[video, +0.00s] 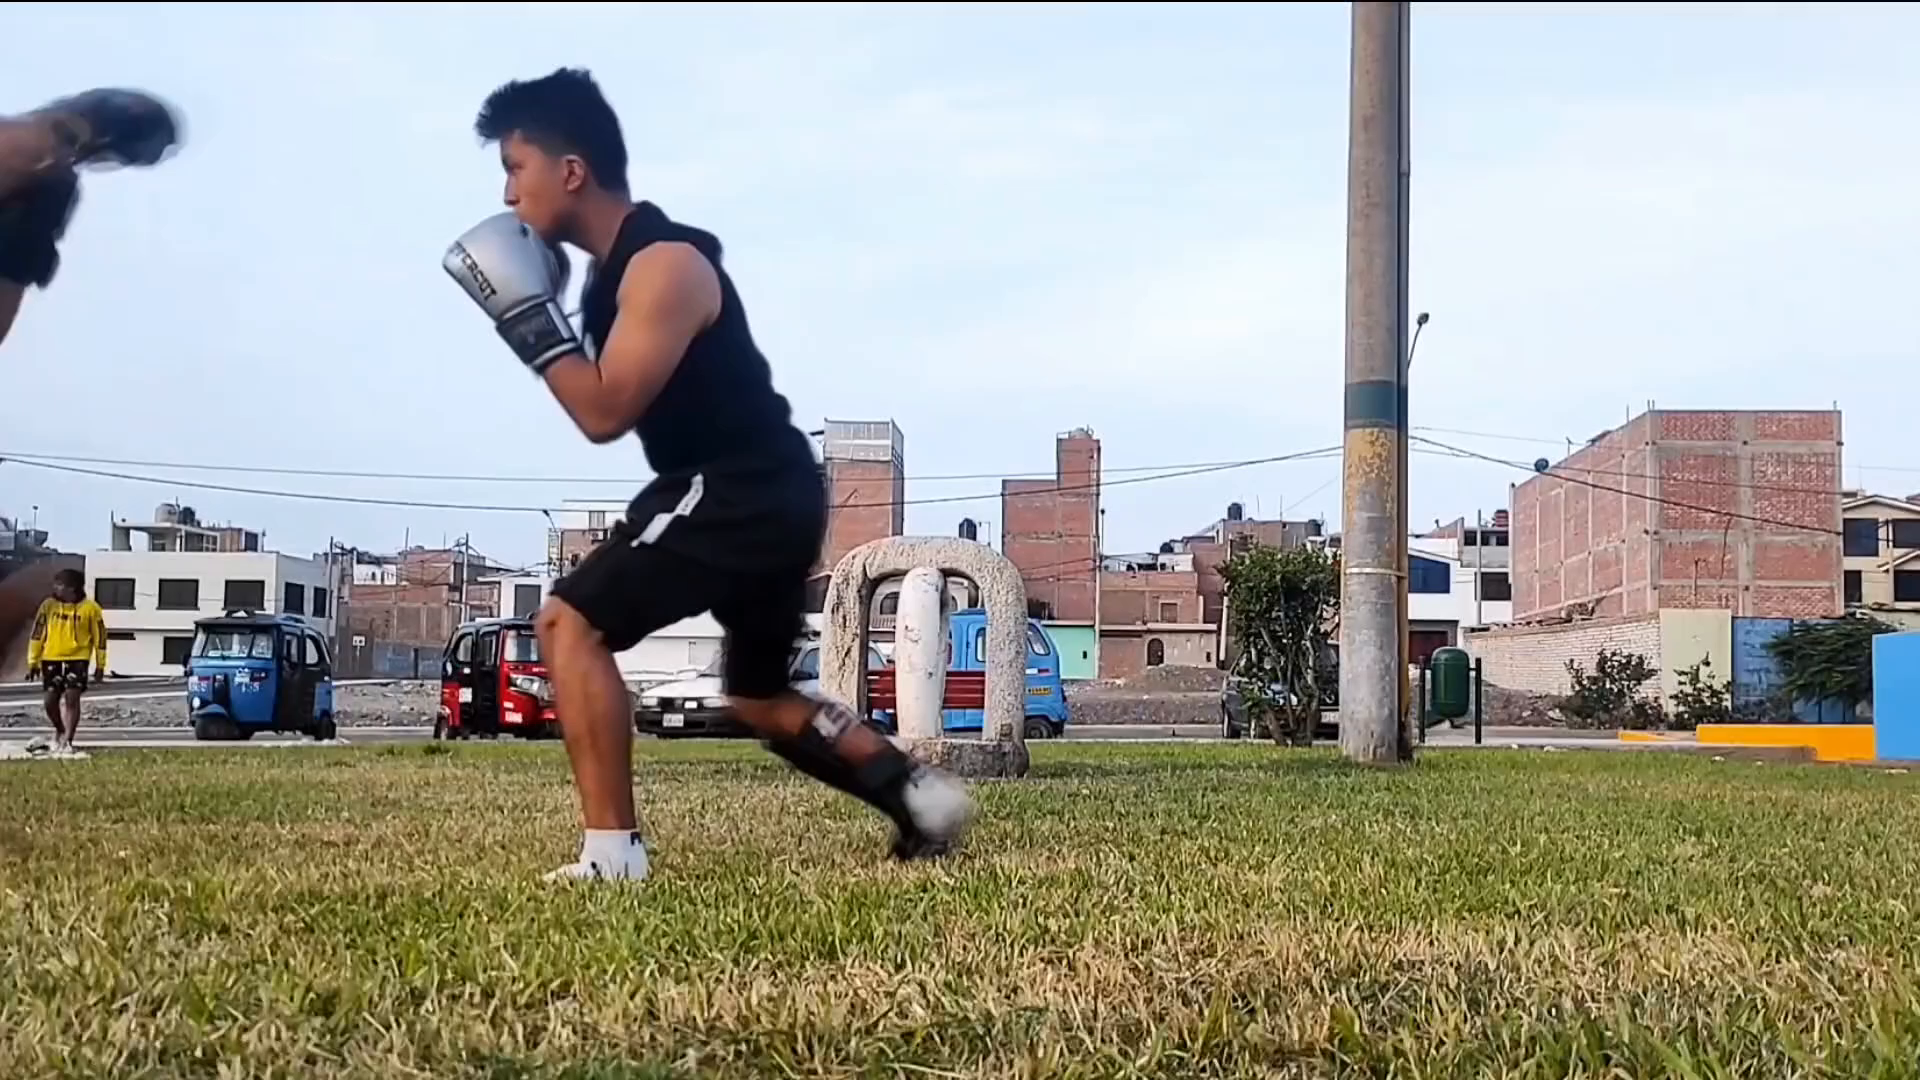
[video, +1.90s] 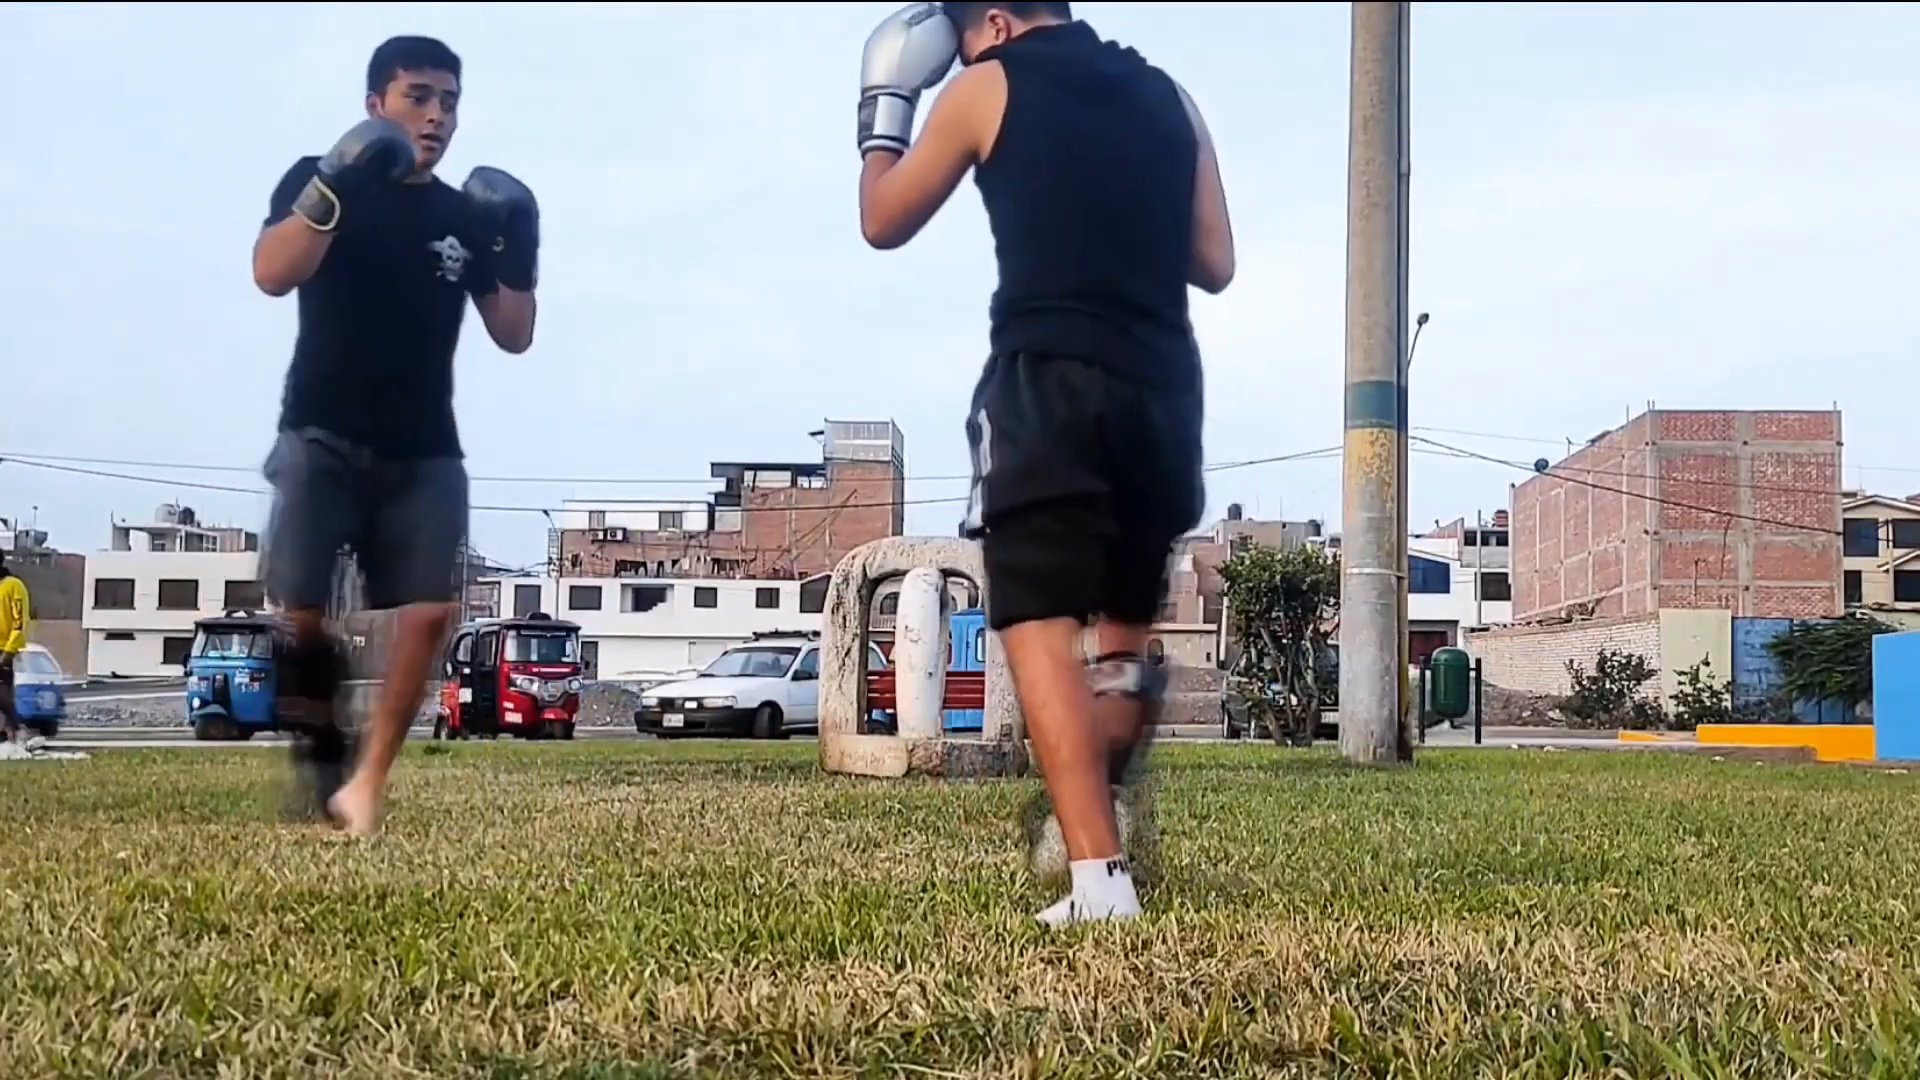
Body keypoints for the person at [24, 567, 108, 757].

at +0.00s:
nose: (55, 589)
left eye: (59, 586)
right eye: (55, 585)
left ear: (73, 588)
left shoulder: (91, 609)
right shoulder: (49, 605)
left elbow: (100, 639)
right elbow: (37, 634)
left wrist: (100, 666)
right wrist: (33, 661)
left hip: (77, 659)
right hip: (52, 659)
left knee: (71, 699)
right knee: (49, 702)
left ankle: (68, 740)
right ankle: (59, 730)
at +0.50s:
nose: (42, 584)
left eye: (46, 581)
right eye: (42, 581)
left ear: (58, 583)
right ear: (53, 583)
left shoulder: (78, 604)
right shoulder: (39, 604)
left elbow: (82, 636)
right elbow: (32, 635)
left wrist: (74, 661)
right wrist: (30, 663)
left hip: (68, 659)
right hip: (44, 658)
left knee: (68, 700)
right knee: (47, 698)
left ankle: (69, 739)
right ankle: (49, 739)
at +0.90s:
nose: (28, 579)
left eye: (32, 575)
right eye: (28, 575)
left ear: (46, 577)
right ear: (34, 578)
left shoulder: (67, 598)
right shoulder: (24, 599)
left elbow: (77, 629)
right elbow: (14, 628)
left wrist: (73, 654)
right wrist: (9, 655)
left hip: (55, 652)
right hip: (31, 653)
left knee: (47, 694)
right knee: (39, 697)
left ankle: (49, 739)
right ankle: (48, 738)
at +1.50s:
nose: (4, 574)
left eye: (8, 571)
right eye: (4, 570)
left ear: (22, 572)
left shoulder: (44, 592)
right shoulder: (3, 591)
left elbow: (52, 625)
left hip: (32, 655)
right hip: (5, 653)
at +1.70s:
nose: (1, 576)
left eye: (3, 571)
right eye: (1, 571)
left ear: (10, 571)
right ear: (8, 571)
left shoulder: (29, 591)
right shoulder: (4, 592)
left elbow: (35, 627)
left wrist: (21, 655)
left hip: (18, 653)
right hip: (4, 652)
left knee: (21, 695)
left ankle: (29, 730)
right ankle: (3, 728)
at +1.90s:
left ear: (2, 564)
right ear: (4, 564)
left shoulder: (13, 585)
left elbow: (19, 624)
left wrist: (8, 652)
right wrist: (8, 651)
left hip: (6, 652)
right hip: (4, 651)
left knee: (5, 699)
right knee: (5, 699)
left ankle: (18, 733)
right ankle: (9, 736)